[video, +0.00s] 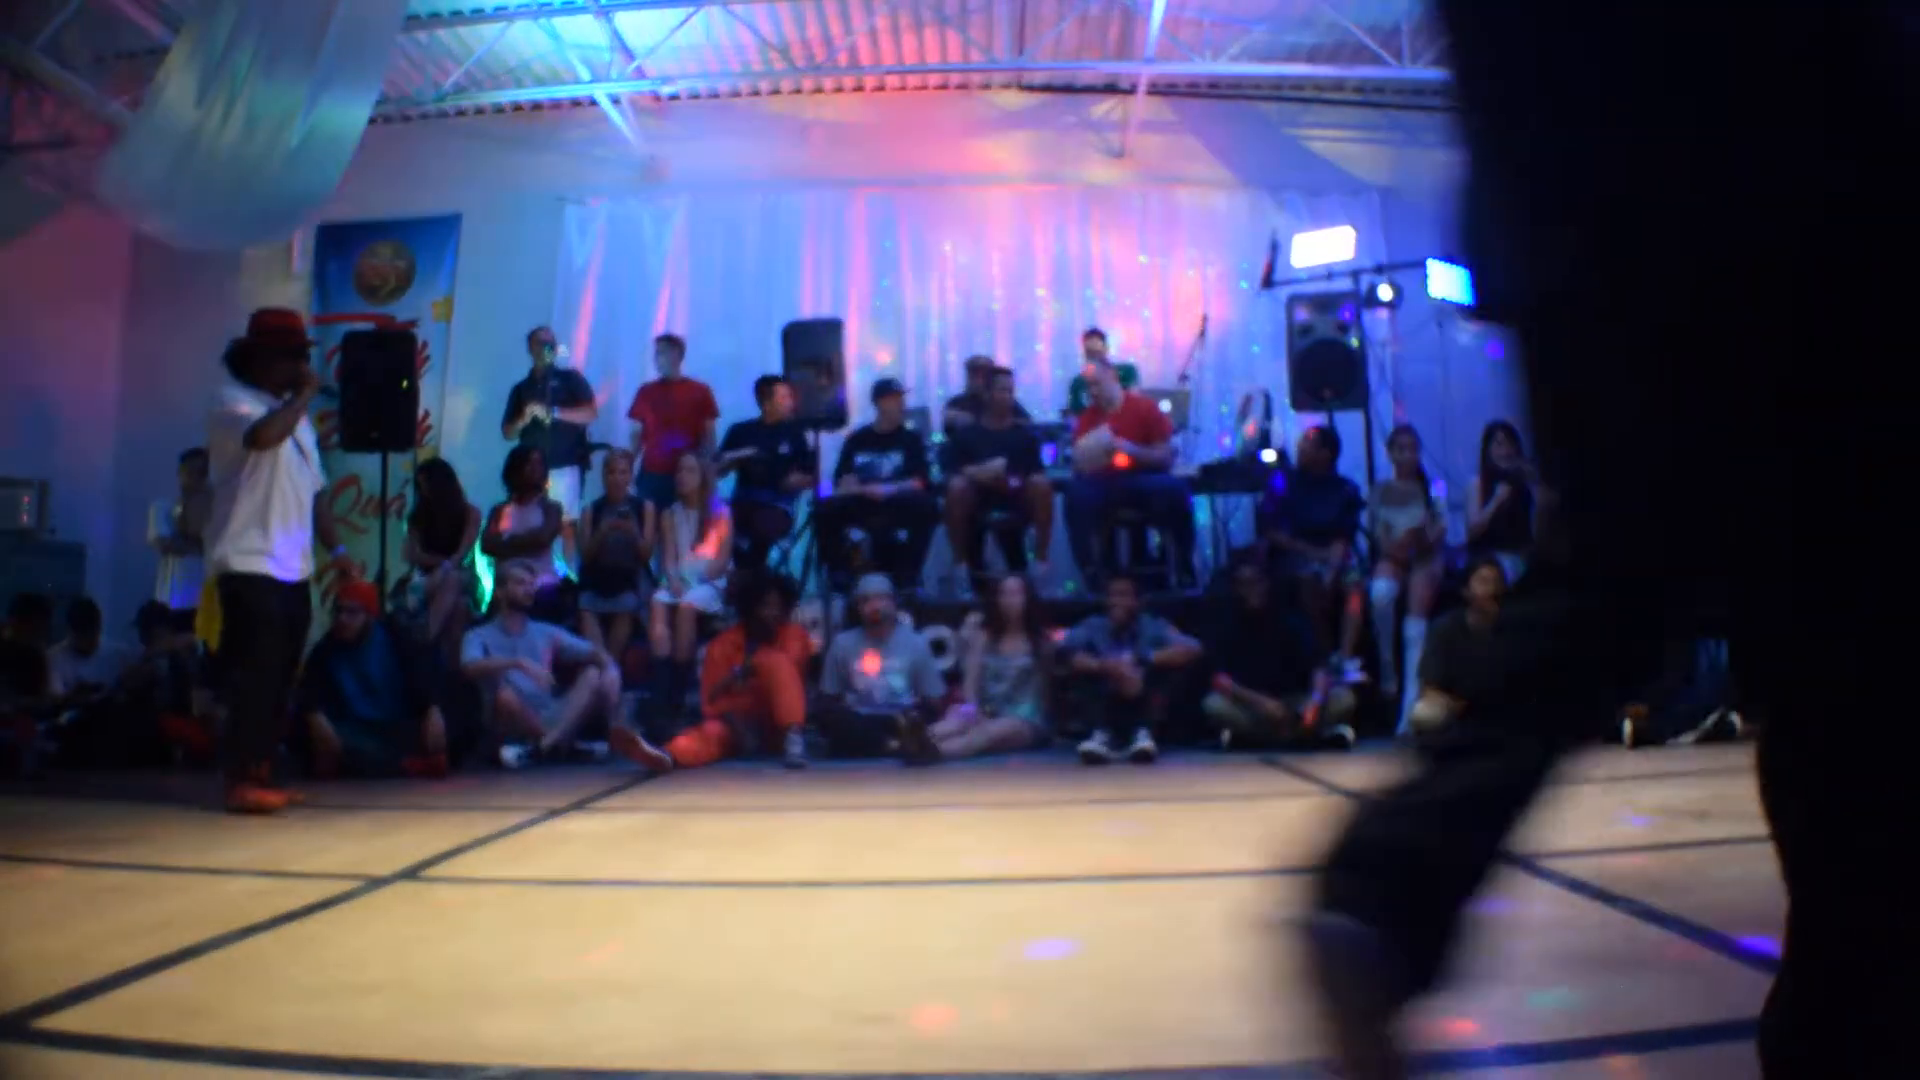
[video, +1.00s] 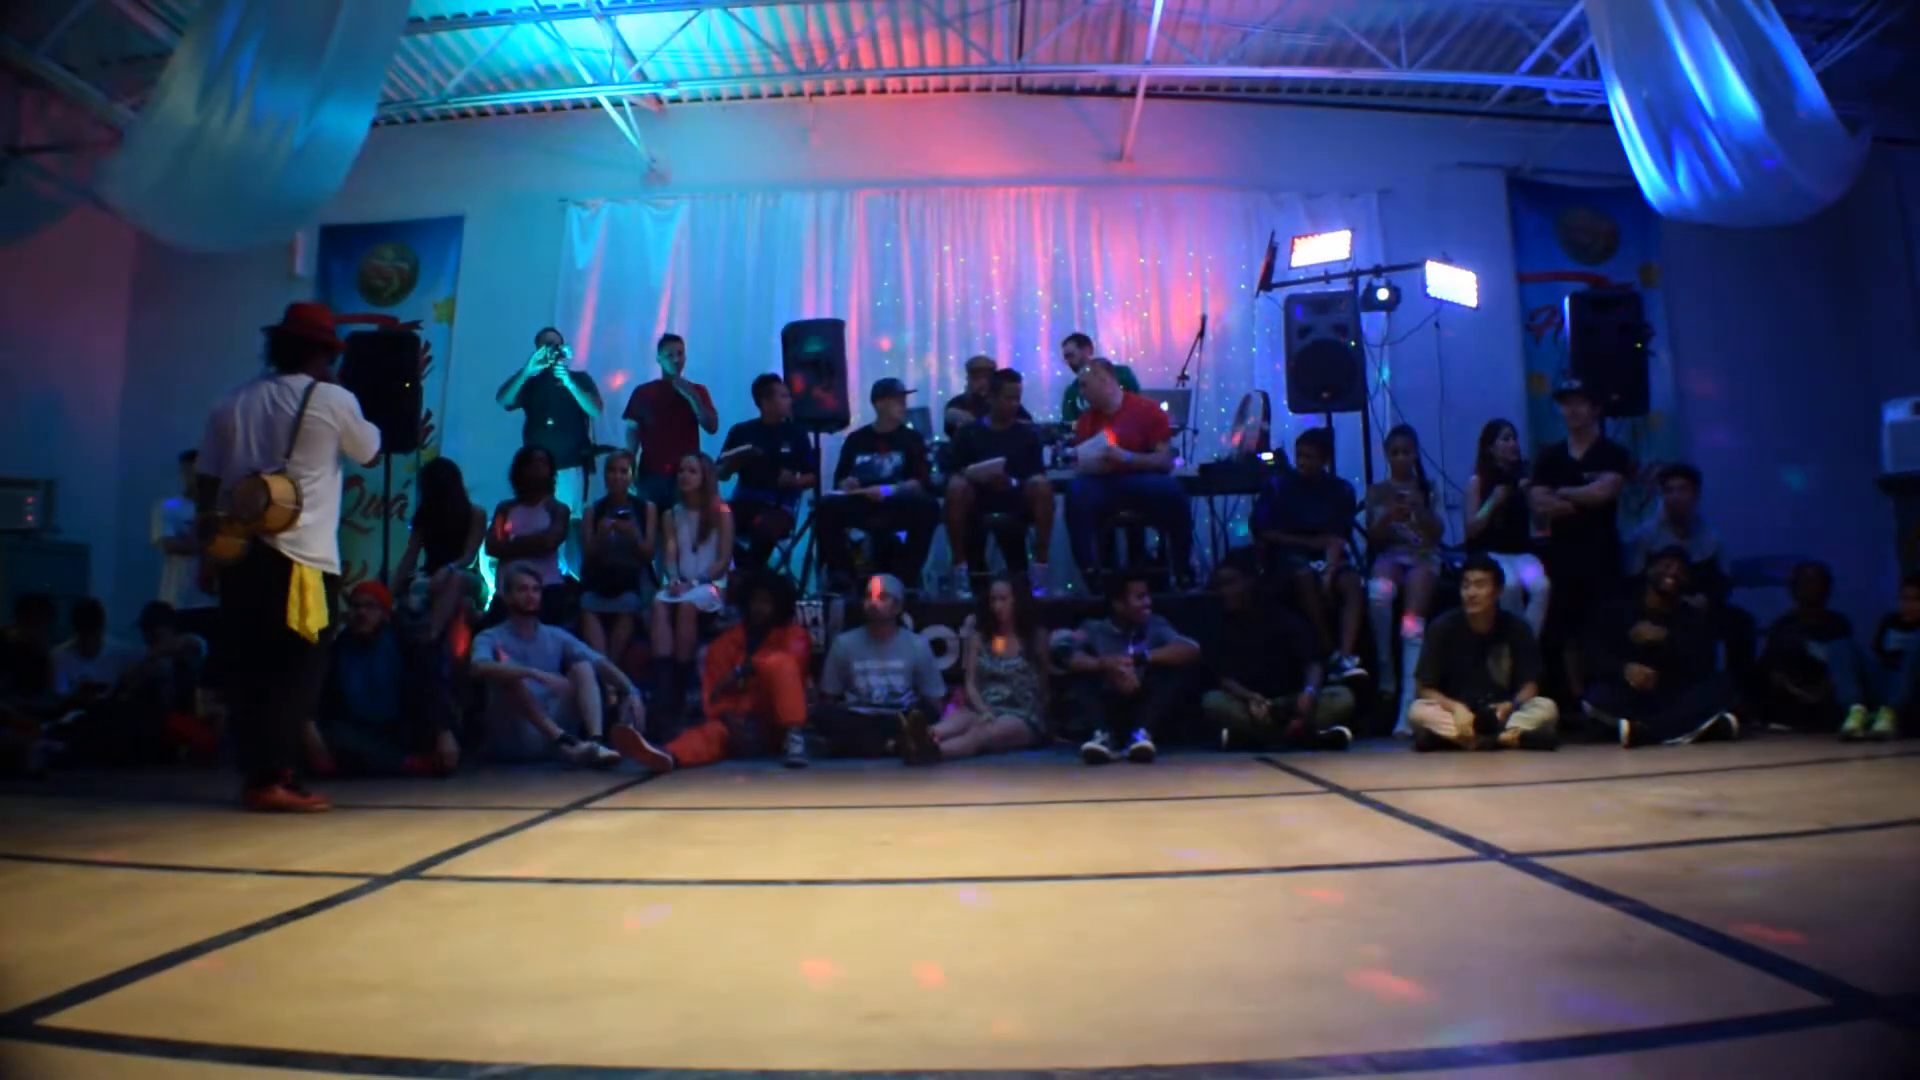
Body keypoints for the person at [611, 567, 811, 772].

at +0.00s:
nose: (772, 614)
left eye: (779, 607)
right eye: (765, 606)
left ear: (786, 610)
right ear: (749, 608)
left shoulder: (796, 638)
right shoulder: (723, 646)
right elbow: (711, 707)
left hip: (776, 720)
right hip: (736, 722)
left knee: (774, 660)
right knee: (711, 735)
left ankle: (793, 739)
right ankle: (668, 756)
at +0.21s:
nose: (766, 611)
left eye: (773, 604)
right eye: (761, 603)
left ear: (783, 609)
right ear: (748, 606)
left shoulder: (795, 638)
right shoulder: (725, 644)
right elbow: (711, 703)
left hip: (776, 722)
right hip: (737, 722)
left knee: (775, 660)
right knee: (710, 736)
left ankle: (794, 737)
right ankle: (670, 756)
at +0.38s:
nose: (765, 611)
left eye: (772, 604)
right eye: (760, 603)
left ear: (784, 610)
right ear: (749, 606)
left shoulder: (794, 637)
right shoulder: (725, 645)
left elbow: (786, 667)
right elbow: (712, 704)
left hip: (775, 718)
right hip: (737, 720)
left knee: (778, 660)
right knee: (711, 734)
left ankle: (795, 736)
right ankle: (671, 755)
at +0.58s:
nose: (764, 610)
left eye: (771, 603)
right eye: (758, 602)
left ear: (782, 607)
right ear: (747, 605)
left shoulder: (793, 636)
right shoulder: (727, 644)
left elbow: (787, 668)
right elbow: (713, 704)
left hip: (775, 718)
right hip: (738, 720)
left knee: (779, 660)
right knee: (713, 733)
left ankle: (795, 738)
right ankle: (672, 755)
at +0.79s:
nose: (759, 609)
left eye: (767, 603)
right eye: (754, 602)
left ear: (781, 607)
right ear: (746, 605)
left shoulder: (793, 635)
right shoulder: (725, 644)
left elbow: (784, 665)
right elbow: (713, 704)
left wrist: (752, 668)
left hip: (776, 719)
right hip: (739, 720)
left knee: (778, 660)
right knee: (712, 733)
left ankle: (794, 737)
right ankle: (670, 755)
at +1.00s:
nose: (759, 609)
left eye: (766, 603)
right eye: (754, 602)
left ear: (780, 607)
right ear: (745, 605)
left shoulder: (792, 635)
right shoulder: (724, 645)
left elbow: (784, 667)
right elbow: (713, 703)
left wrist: (748, 669)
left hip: (775, 721)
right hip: (738, 722)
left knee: (779, 663)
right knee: (712, 734)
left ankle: (794, 738)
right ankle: (668, 755)